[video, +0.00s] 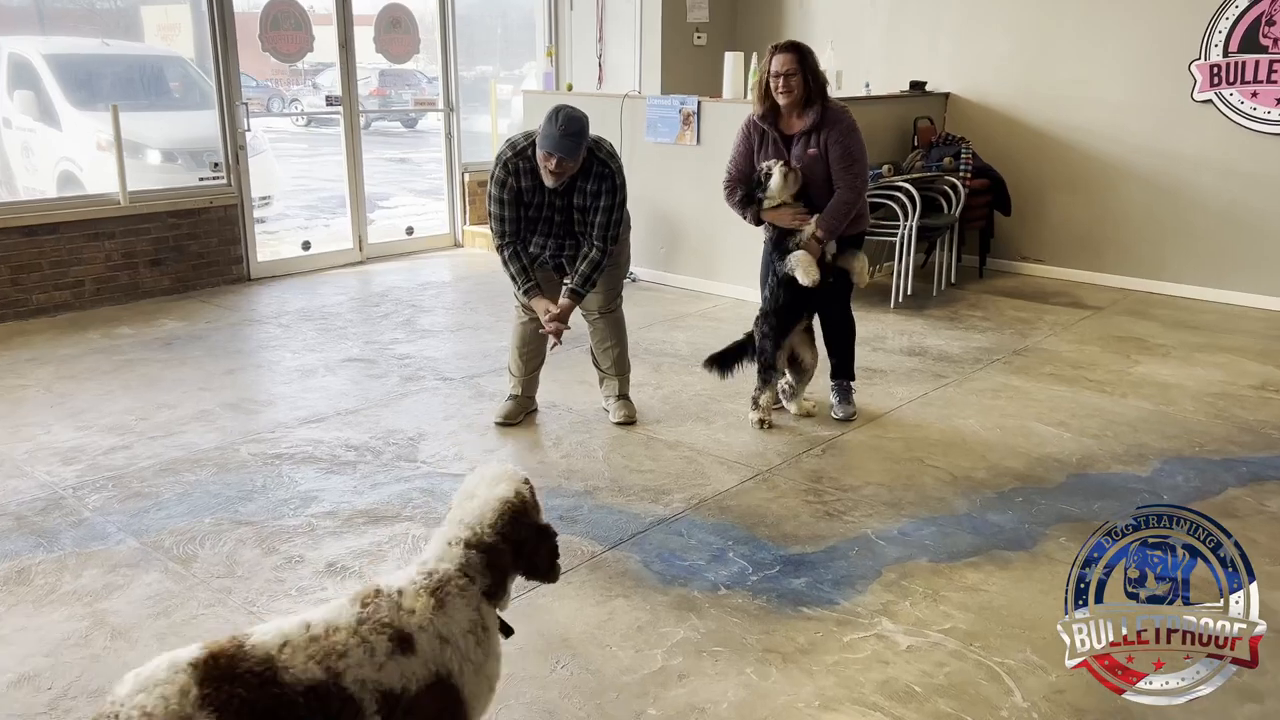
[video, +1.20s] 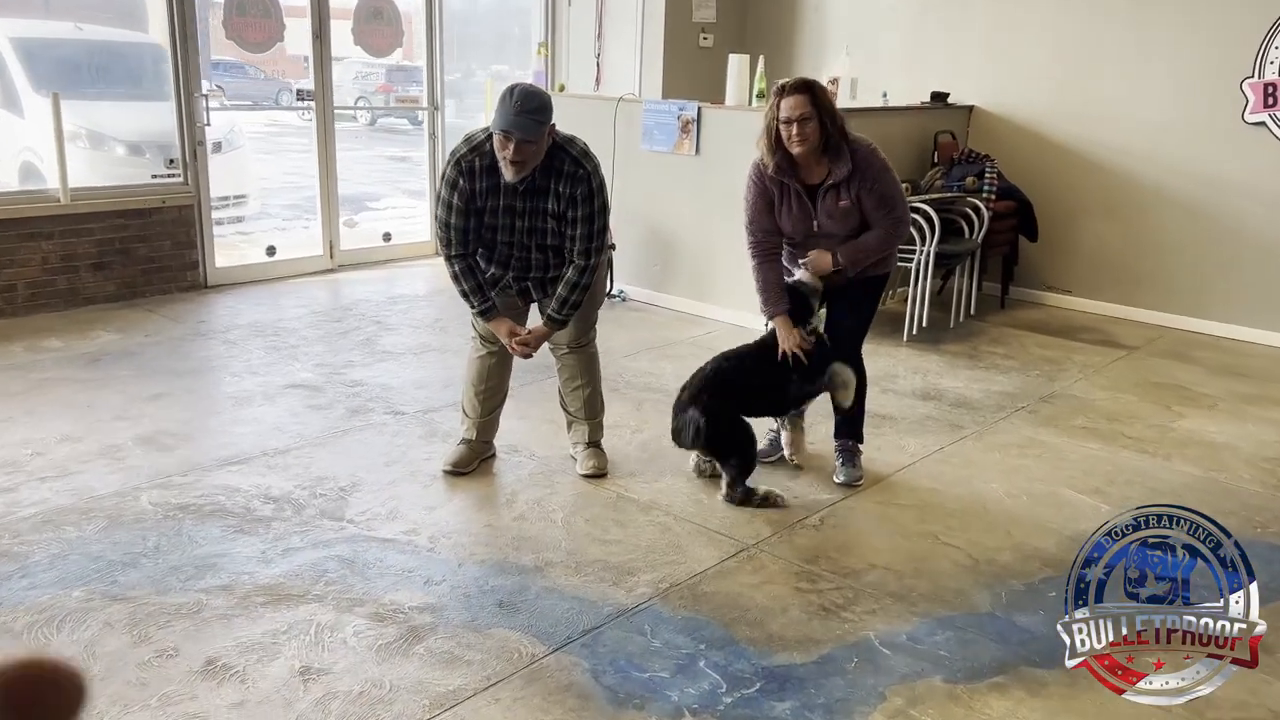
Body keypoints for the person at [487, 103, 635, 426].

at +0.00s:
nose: (554, 165)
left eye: (566, 159)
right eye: (548, 154)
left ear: (582, 152)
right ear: (539, 142)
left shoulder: (605, 166)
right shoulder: (511, 161)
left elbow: (600, 245)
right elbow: (506, 241)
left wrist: (566, 306)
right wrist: (536, 300)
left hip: (595, 242)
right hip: (540, 242)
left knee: (602, 310)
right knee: (528, 314)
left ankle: (616, 395)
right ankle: (521, 396)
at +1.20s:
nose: (512, 152)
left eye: (526, 142)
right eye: (505, 138)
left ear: (549, 135)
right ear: (494, 128)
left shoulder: (579, 169)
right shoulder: (466, 163)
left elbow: (584, 258)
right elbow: (454, 249)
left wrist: (549, 325)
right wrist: (492, 317)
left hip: (567, 264)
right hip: (501, 263)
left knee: (573, 345)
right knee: (487, 343)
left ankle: (587, 442)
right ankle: (476, 440)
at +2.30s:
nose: (556, 135)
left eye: (564, 127)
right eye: (549, 125)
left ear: (577, 105)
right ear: (523, 101)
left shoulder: (587, 132)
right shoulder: (470, 125)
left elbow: (599, 215)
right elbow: (453, 219)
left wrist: (564, 284)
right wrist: (495, 288)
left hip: (558, 264)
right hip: (485, 262)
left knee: (568, 349)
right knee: (478, 350)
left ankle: (581, 442)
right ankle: (466, 441)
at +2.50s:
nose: (573, 150)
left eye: (582, 144)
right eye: (566, 141)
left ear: (597, 117)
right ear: (543, 115)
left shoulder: (606, 135)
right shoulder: (488, 131)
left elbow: (627, 199)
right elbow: (468, 223)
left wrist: (613, 259)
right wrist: (503, 296)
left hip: (568, 258)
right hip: (496, 256)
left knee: (579, 345)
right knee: (490, 349)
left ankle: (592, 440)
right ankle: (478, 439)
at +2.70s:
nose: (591, 182)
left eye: (600, 176)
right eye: (584, 174)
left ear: (618, 147)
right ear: (563, 148)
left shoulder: (628, 154)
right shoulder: (511, 152)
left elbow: (651, 213)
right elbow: (491, 245)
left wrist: (672, 281)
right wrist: (522, 320)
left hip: (582, 256)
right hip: (511, 253)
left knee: (592, 345)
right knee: (502, 345)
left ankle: (605, 440)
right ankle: (492, 440)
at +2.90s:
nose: (602, 229)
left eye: (611, 226)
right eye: (592, 219)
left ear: (629, 185)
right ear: (572, 188)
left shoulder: (643, 173)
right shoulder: (529, 192)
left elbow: (658, 227)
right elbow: (523, 282)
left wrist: (660, 294)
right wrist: (575, 339)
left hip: (596, 240)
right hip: (516, 242)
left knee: (604, 334)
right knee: (519, 334)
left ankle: (615, 438)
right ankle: (503, 440)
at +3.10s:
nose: (590, 259)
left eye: (601, 253)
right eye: (580, 246)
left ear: (619, 209)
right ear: (562, 212)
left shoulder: (641, 196)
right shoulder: (524, 209)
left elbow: (658, 269)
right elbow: (514, 291)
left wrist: (645, 338)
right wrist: (568, 338)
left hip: (605, 252)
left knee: (607, 339)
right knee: (521, 338)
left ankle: (615, 440)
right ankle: (506, 445)